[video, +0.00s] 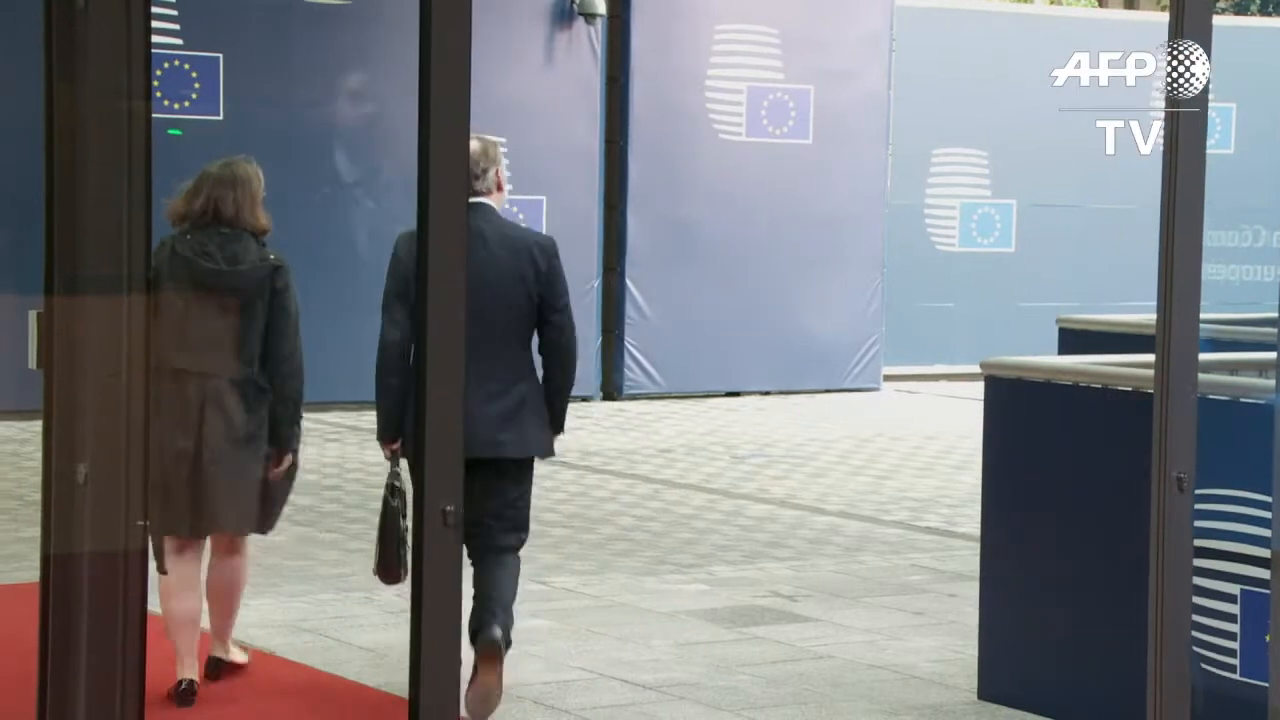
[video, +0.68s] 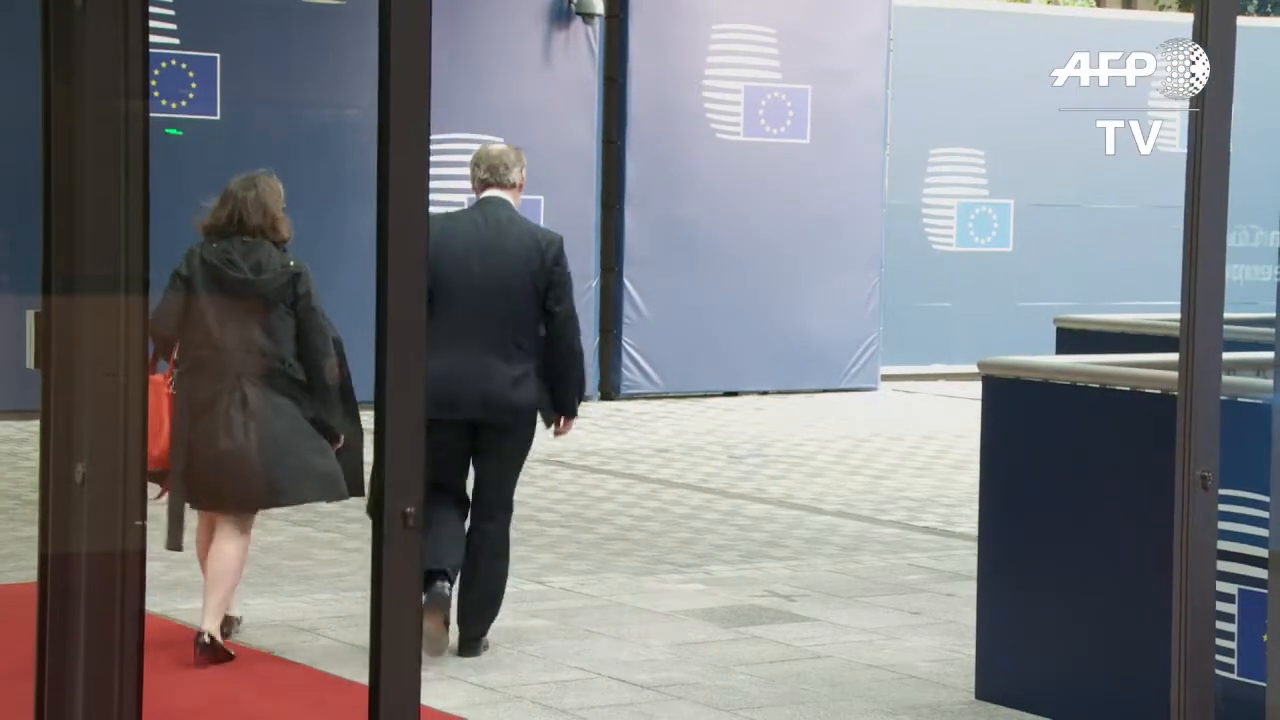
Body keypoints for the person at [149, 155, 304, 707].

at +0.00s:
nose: (263, 206)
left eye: (260, 196)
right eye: (260, 198)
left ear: (197, 198)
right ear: (252, 204)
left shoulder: (161, 260)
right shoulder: (269, 270)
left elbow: (138, 346)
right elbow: (284, 362)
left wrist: (137, 420)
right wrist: (286, 438)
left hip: (167, 419)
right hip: (237, 421)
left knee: (181, 548)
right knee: (230, 545)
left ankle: (186, 672)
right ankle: (222, 646)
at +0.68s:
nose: (285, 216)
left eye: (283, 208)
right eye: (281, 209)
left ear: (224, 210)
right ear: (273, 215)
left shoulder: (194, 266)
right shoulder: (291, 274)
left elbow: (161, 333)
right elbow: (320, 357)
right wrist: (332, 419)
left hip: (200, 406)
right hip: (259, 408)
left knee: (210, 517)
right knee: (234, 523)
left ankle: (224, 612)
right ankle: (210, 629)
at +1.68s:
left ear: (279, 210)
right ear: (325, 215)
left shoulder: (256, 255)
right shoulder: (334, 260)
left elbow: (225, 314)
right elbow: (357, 327)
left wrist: (244, 337)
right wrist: (371, 384)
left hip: (259, 374)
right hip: (309, 378)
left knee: (274, 473)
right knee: (282, 480)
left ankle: (285, 558)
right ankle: (257, 584)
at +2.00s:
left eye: (289, 208)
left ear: (292, 211)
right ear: (339, 206)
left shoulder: (278, 246)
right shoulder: (355, 252)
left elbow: (250, 303)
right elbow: (373, 325)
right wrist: (373, 380)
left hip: (286, 381)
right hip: (339, 384)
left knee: (285, 474)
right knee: (334, 475)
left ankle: (291, 560)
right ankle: (325, 562)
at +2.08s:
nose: (356, 206)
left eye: (350, 197)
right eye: (354, 199)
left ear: (306, 201)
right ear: (351, 206)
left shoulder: (284, 249)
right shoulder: (360, 257)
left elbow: (257, 301)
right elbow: (374, 328)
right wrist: (377, 381)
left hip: (286, 378)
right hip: (343, 378)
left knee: (285, 471)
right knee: (346, 464)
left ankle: (290, 558)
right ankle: (342, 547)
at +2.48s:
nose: (428, 211)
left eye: (426, 204)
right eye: (425, 205)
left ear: (378, 208)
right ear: (418, 211)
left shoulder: (352, 256)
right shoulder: (427, 260)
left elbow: (335, 318)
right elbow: (444, 331)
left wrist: (333, 376)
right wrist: (448, 389)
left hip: (359, 368)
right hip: (409, 370)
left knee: (364, 452)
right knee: (395, 461)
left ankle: (342, 508)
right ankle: (382, 544)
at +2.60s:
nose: (446, 210)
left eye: (444, 203)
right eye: (444, 204)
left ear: (400, 204)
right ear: (436, 209)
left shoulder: (378, 248)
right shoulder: (449, 255)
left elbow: (351, 298)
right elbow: (462, 314)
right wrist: (469, 369)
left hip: (386, 361)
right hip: (433, 363)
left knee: (397, 444)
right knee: (419, 442)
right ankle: (396, 534)